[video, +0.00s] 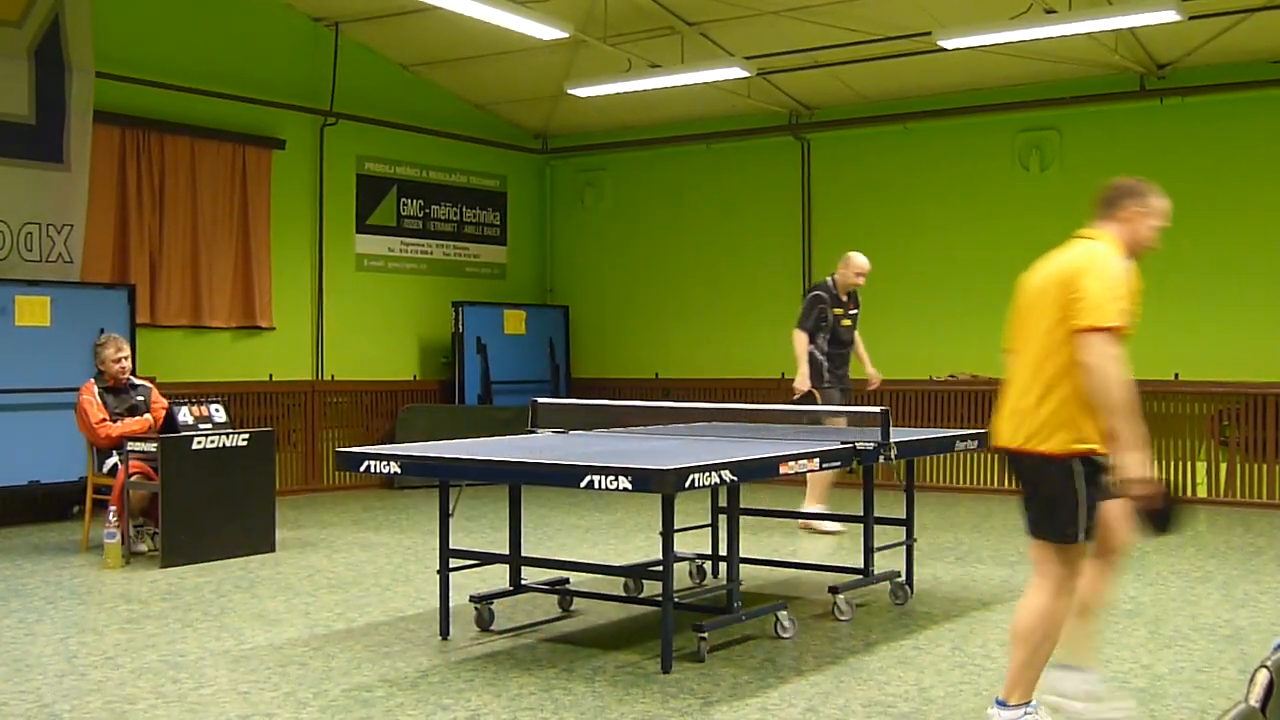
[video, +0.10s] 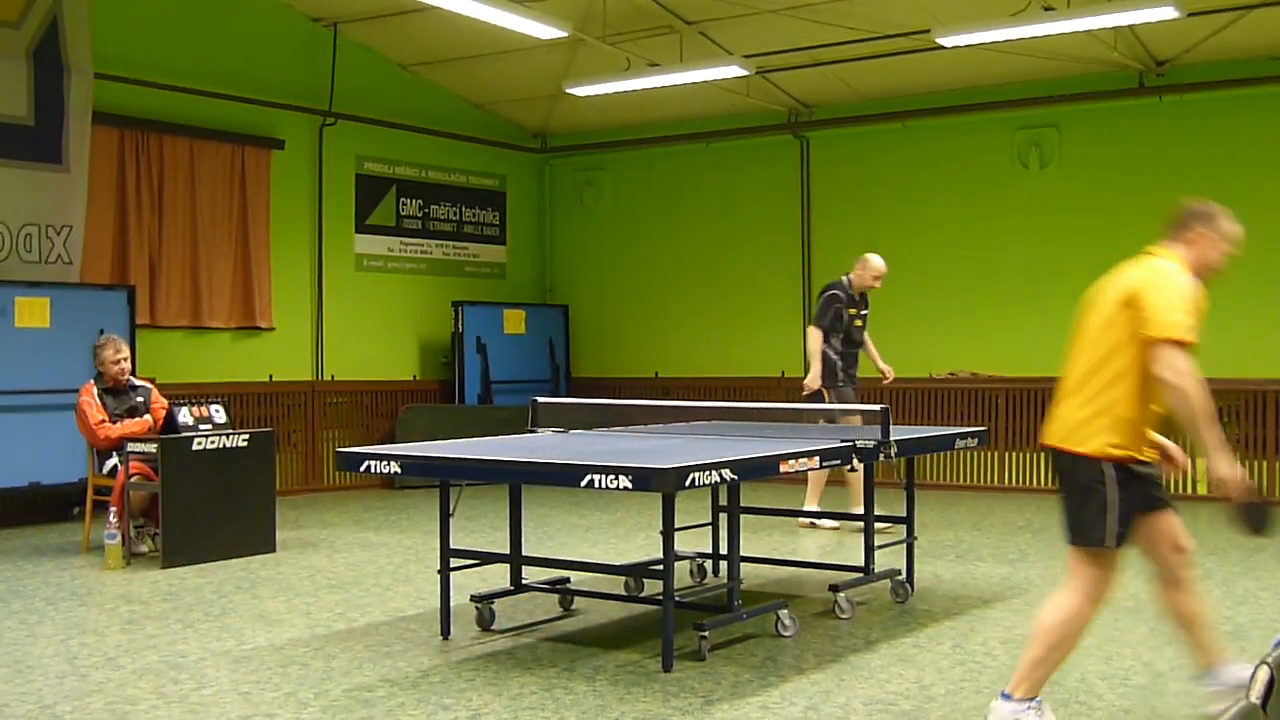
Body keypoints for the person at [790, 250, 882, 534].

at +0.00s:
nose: (862, 281)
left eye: (865, 276)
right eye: (858, 275)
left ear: (862, 276)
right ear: (841, 270)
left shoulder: (853, 298)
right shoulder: (820, 295)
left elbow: (852, 334)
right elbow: (800, 332)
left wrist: (868, 367)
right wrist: (802, 372)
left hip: (840, 381)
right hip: (820, 381)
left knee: (826, 443)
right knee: (838, 440)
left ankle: (810, 508)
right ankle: (816, 507)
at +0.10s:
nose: (878, 284)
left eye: (880, 279)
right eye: (875, 277)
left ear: (872, 276)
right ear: (858, 271)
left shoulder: (862, 298)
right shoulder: (835, 294)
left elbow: (860, 334)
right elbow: (815, 330)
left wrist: (879, 362)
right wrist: (815, 370)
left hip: (845, 380)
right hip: (831, 380)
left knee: (825, 446)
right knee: (855, 441)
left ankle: (809, 509)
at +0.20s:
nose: (888, 282)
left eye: (890, 277)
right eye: (886, 276)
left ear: (876, 272)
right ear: (870, 268)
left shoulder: (869, 294)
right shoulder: (846, 289)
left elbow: (867, 333)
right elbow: (826, 326)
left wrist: (883, 360)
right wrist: (824, 367)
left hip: (853, 376)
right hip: (841, 376)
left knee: (827, 442)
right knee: (869, 435)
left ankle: (811, 505)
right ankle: (884, 500)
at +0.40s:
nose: (913, 278)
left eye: (915, 273)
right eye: (911, 272)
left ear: (900, 266)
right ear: (896, 263)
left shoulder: (889, 287)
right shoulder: (873, 286)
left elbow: (880, 334)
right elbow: (856, 326)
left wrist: (883, 373)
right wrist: (859, 367)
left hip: (878, 374)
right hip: (871, 375)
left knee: (854, 438)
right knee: (892, 439)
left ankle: (820, 493)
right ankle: (897, 505)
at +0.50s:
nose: (925, 274)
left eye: (927, 268)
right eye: (924, 267)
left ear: (911, 260)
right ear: (909, 259)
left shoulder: (895, 281)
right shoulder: (889, 282)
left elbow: (886, 327)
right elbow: (877, 324)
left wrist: (896, 365)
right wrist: (887, 366)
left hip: (892, 371)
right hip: (892, 372)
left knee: (888, 438)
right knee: (900, 437)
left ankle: (844, 478)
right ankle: (897, 503)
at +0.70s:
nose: (946, 272)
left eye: (949, 266)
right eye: (945, 265)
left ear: (929, 256)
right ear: (931, 256)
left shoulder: (906, 276)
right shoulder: (914, 279)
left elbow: (903, 326)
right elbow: (909, 323)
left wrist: (930, 359)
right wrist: (934, 358)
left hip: (910, 368)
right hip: (909, 369)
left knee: (935, 424)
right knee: (911, 433)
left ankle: (916, 493)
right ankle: (898, 501)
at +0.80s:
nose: (955, 274)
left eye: (958, 269)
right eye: (956, 267)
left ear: (942, 257)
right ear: (942, 257)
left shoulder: (915, 276)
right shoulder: (924, 280)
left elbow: (915, 328)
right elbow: (920, 323)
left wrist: (942, 359)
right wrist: (950, 358)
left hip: (924, 369)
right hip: (916, 369)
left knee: (944, 430)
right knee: (907, 436)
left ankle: (952, 497)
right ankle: (894, 503)